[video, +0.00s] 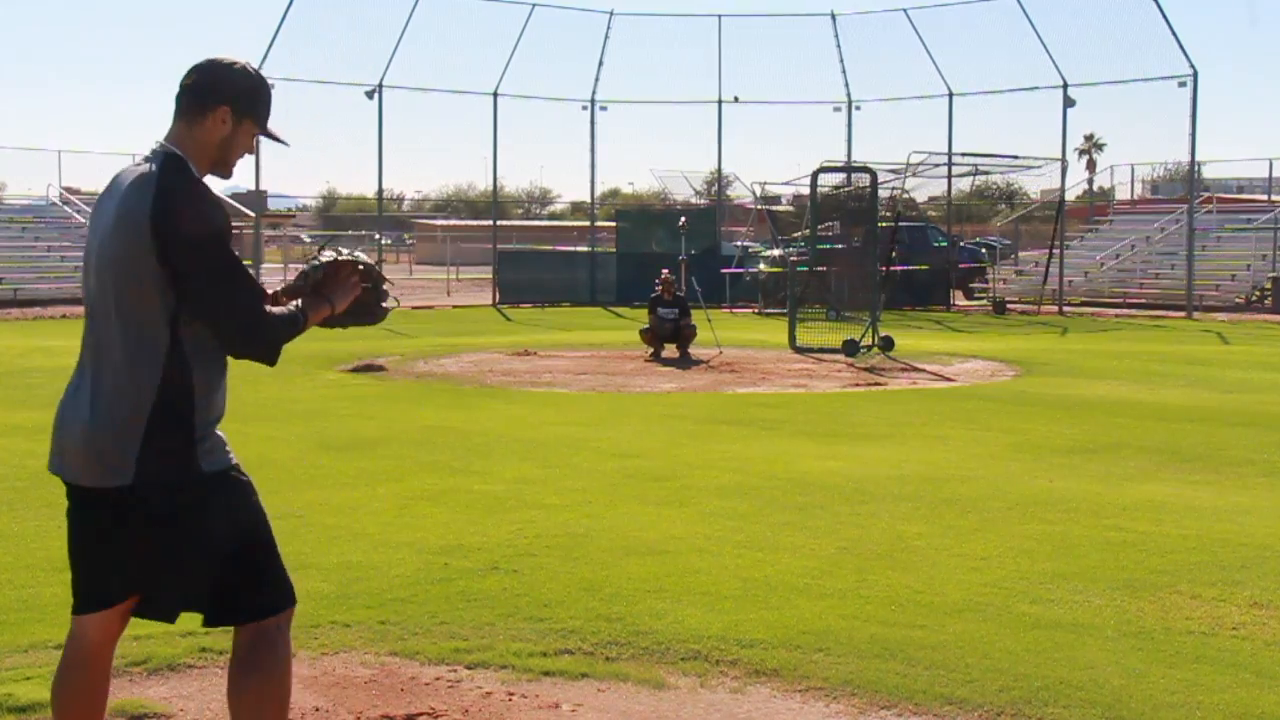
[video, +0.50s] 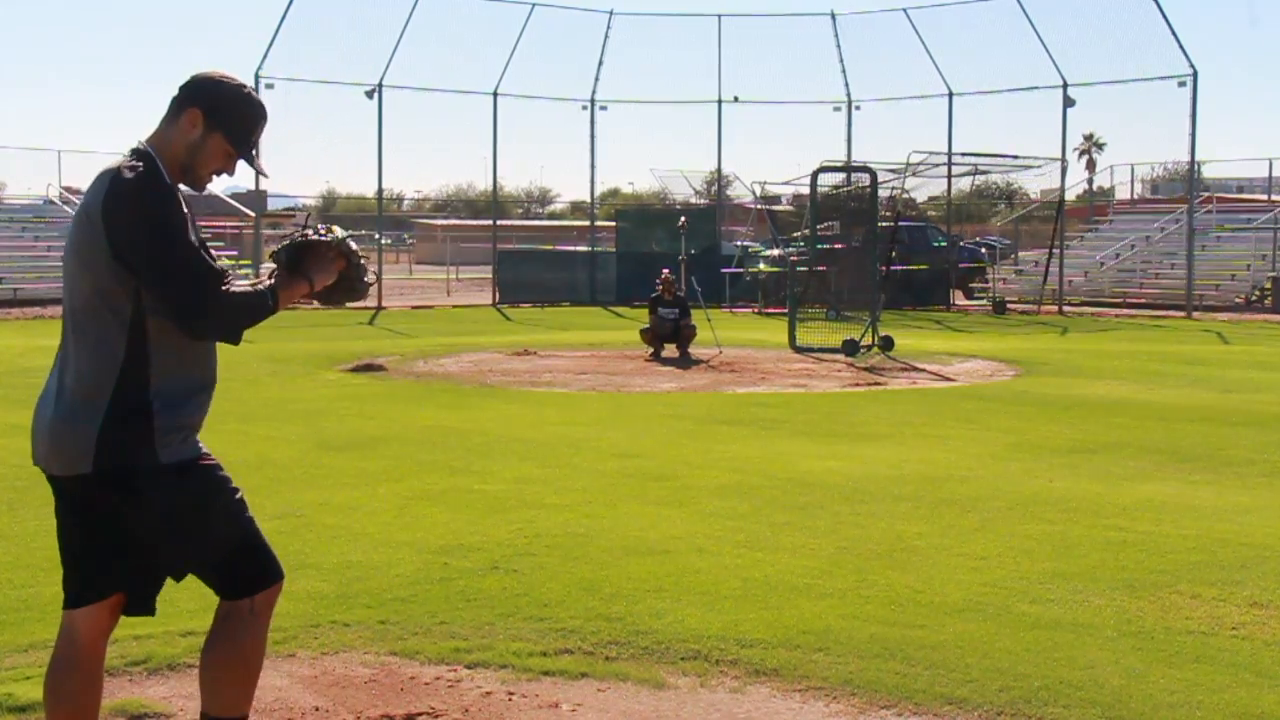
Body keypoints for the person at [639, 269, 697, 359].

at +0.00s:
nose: (668, 287)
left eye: (670, 284)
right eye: (665, 284)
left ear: (674, 286)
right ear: (662, 286)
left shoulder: (680, 299)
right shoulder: (654, 299)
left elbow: (687, 319)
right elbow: (652, 318)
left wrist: (674, 324)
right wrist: (662, 326)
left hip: (677, 329)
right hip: (660, 329)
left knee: (691, 329)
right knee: (645, 332)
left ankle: (683, 349)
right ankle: (657, 348)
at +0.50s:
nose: (668, 286)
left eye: (671, 284)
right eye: (665, 284)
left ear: (674, 285)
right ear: (662, 285)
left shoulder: (681, 300)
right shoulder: (654, 299)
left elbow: (686, 319)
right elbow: (652, 318)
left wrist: (674, 325)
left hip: (677, 329)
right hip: (660, 330)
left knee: (690, 329)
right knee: (645, 332)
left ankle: (683, 350)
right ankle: (657, 348)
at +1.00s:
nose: (669, 286)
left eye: (671, 283)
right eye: (666, 283)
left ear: (675, 285)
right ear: (662, 285)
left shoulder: (682, 300)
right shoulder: (655, 299)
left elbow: (688, 319)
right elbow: (653, 318)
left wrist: (675, 324)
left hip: (677, 329)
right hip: (661, 329)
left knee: (691, 329)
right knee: (645, 332)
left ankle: (683, 350)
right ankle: (657, 348)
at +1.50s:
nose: (669, 286)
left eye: (672, 283)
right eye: (666, 284)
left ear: (675, 285)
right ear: (662, 285)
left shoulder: (682, 299)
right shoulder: (655, 299)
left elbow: (687, 319)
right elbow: (653, 318)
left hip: (677, 328)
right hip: (661, 328)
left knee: (691, 329)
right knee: (645, 332)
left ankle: (683, 349)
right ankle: (657, 347)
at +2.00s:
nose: (668, 286)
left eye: (671, 283)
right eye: (665, 283)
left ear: (675, 284)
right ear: (661, 284)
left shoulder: (681, 299)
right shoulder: (654, 298)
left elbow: (686, 319)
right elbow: (652, 318)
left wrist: (673, 324)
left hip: (676, 327)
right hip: (660, 327)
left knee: (690, 329)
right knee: (645, 332)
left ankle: (683, 349)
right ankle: (656, 348)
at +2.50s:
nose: (667, 286)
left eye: (670, 283)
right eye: (664, 283)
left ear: (674, 285)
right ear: (660, 285)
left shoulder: (680, 299)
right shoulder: (654, 299)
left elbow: (686, 316)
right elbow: (651, 318)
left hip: (677, 326)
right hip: (661, 326)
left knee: (688, 328)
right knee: (646, 331)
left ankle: (683, 349)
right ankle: (657, 347)